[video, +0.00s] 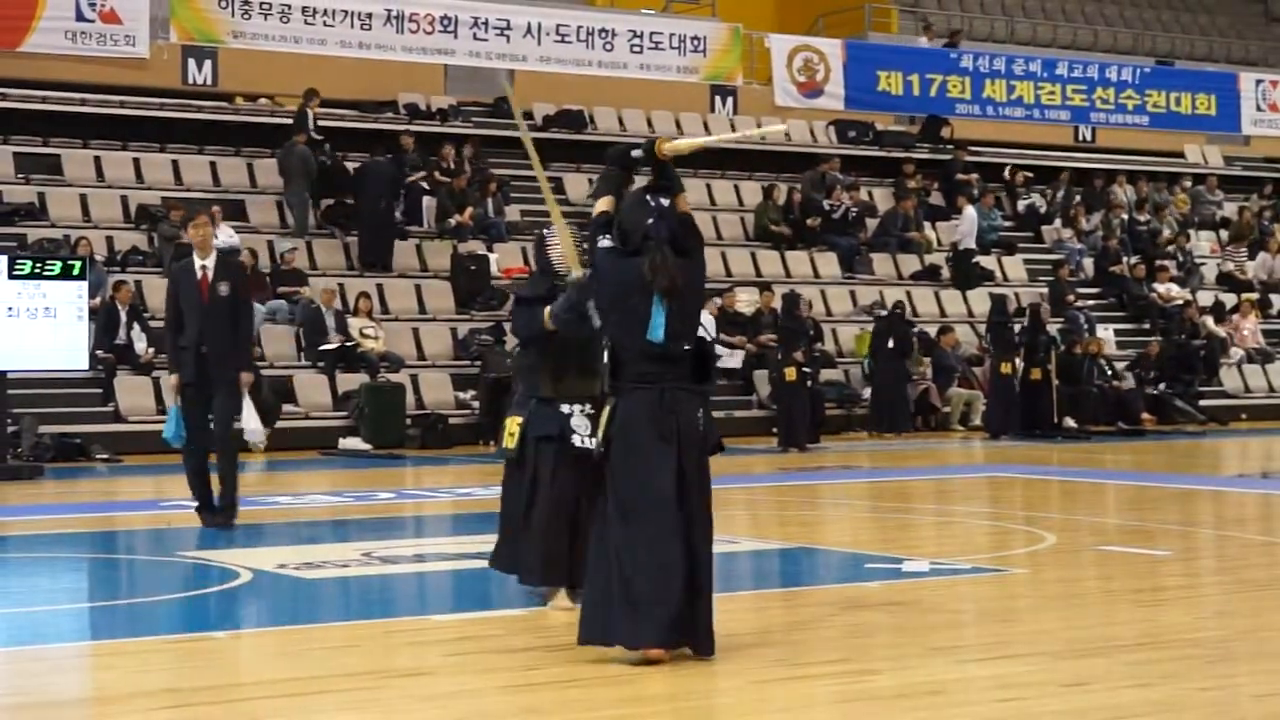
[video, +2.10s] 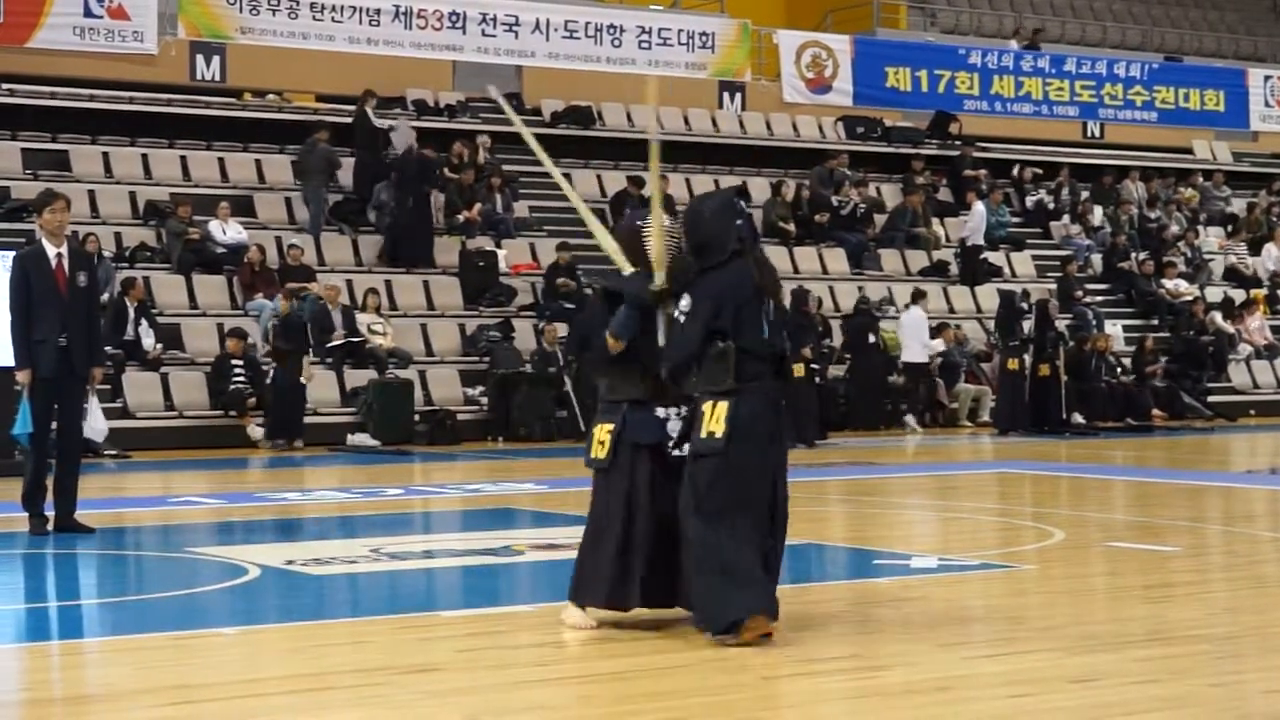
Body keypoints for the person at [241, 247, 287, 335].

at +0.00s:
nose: (242, 259)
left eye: (246, 256)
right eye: (241, 256)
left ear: (253, 260)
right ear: (239, 258)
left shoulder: (260, 275)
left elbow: (267, 292)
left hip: (261, 302)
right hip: (246, 304)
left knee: (281, 305)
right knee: (259, 310)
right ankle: (253, 341)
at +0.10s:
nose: (242, 259)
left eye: (246, 256)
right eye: (242, 256)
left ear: (254, 260)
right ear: (240, 258)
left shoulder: (261, 275)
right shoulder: (238, 274)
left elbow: (268, 293)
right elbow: (235, 292)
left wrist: (256, 298)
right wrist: (244, 300)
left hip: (262, 303)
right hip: (244, 304)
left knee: (282, 305)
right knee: (260, 310)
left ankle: (282, 338)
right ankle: (252, 341)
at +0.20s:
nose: (242, 259)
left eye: (246, 256)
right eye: (242, 256)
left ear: (254, 260)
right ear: (240, 257)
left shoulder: (261, 275)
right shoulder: (238, 274)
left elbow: (268, 293)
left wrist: (257, 298)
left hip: (262, 303)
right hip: (243, 305)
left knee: (283, 305)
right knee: (261, 310)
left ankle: (282, 337)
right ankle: (252, 339)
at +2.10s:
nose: (251, 255)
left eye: (254, 252)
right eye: (250, 252)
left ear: (262, 256)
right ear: (248, 255)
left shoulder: (268, 270)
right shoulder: (244, 269)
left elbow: (276, 288)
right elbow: (245, 282)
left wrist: (264, 294)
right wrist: (246, 263)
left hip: (270, 299)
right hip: (250, 300)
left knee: (283, 307)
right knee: (268, 306)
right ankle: (262, 340)